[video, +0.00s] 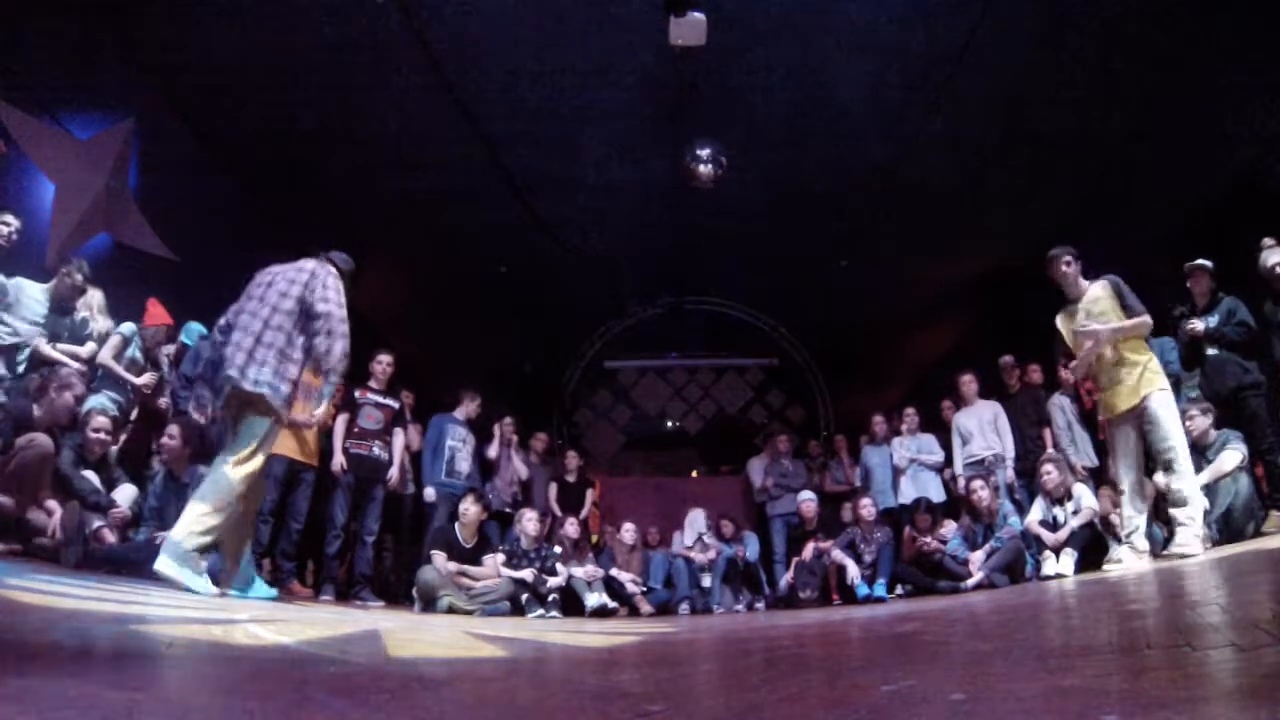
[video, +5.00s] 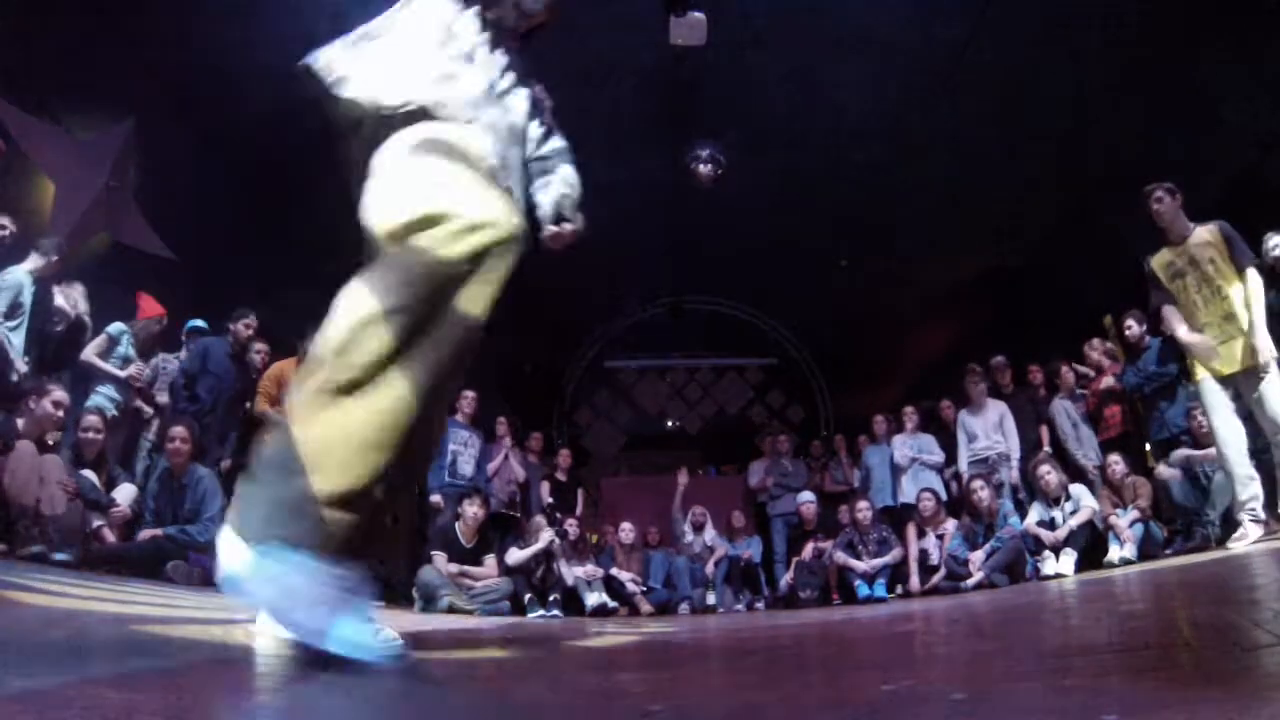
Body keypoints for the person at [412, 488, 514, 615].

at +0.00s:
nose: (465, 508)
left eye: (473, 505)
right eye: (464, 502)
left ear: (483, 515)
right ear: (458, 505)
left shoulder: (483, 538)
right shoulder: (442, 533)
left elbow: (493, 572)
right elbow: (440, 567)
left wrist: (460, 568)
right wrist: (474, 584)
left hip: (476, 590)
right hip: (446, 588)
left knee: (507, 585)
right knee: (427, 574)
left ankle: (454, 605)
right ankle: (477, 609)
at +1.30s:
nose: (484, 514)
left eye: (486, 509)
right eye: (478, 508)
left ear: (489, 512)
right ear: (462, 510)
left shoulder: (485, 538)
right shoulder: (442, 533)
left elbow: (493, 572)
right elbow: (442, 570)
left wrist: (462, 569)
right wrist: (474, 584)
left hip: (476, 591)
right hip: (447, 588)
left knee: (506, 585)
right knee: (427, 574)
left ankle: (453, 604)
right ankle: (476, 609)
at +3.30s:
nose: (487, 513)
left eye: (488, 508)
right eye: (482, 507)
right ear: (465, 509)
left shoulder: (484, 536)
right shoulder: (443, 531)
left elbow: (492, 572)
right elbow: (441, 569)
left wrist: (461, 569)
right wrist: (474, 584)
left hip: (477, 590)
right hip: (448, 588)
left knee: (507, 585)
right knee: (427, 572)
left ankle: (456, 605)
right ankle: (476, 609)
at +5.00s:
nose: (475, 511)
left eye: (480, 507)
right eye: (470, 505)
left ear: (485, 514)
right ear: (460, 509)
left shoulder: (485, 537)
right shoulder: (443, 531)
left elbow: (493, 572)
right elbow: (441, 569)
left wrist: (462, 569)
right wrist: (474, 584)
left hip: (477, 590)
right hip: (447, 587)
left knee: (507, 584)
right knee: (426, 573)